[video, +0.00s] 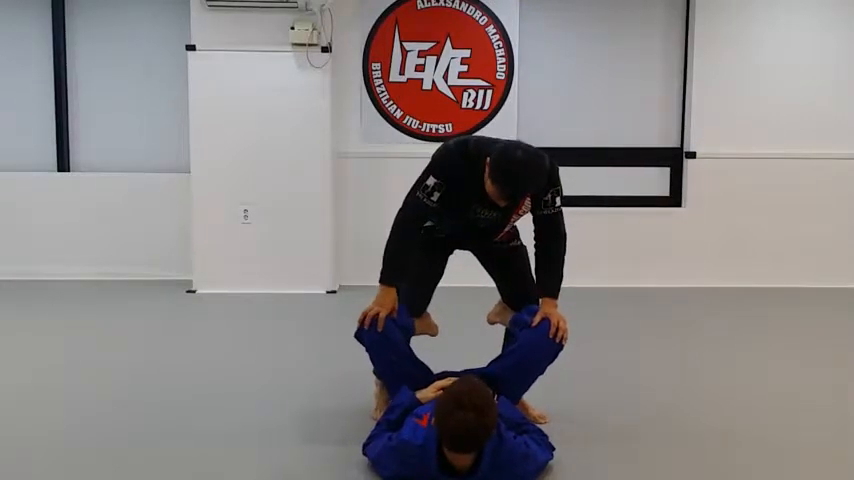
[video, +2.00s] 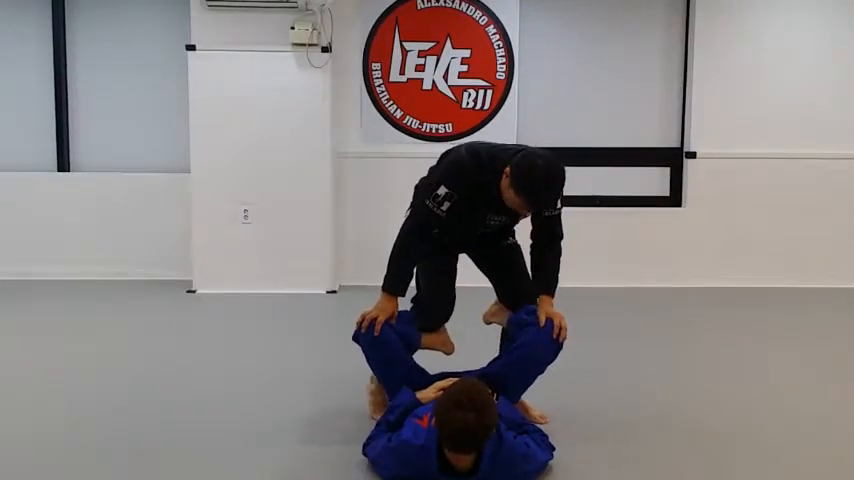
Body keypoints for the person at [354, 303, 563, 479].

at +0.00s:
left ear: (435, 418)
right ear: (495, 419)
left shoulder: (407, 450)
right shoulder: (515, 456)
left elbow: (373, 444)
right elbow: (541, 443)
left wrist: (413, 398)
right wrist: (505, 403)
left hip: (424, 394)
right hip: (492, 393)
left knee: (375, 325)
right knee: (548, 328)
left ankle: (416, 320)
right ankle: (508, 313)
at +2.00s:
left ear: (435, 421)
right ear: (495, 419)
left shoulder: (408, 451)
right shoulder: (515, 456)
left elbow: (373, 444)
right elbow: (539, 441)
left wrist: (414, 398)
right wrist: (507, 403)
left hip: (424, 395)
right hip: (492, 393)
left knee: (370, 329)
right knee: (548, 331)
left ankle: (431, 336)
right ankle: (508, 312)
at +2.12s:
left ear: (435, 421)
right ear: (495, 419)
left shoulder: (409, 451)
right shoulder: (514, 456)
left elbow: (373, 444)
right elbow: (539, 440)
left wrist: (414, 398)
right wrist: (507, 403)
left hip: (424, 396)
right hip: (492, 392)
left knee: (371, 328)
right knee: (548, 330)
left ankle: (434, 337)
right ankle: (508, 313)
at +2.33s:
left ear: (436, 421)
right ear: (495, 419)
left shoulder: (408, 452)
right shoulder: (515, 456)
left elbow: (373, 445)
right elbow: (539, 441)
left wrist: (414, 398)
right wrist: (507, 404)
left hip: (423, 397)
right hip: (493, 393)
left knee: (373, 328)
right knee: (548, 331)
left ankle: (437, 340)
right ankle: (508, 314)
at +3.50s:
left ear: (437, 426)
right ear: (495, 425)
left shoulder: (405, 454)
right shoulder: (516, 457)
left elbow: (373, 444)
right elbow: (541, 443)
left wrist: (412, 398)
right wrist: (503, 403)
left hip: (424, 395)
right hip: (494, 393)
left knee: (381, 324)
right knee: (556, 341)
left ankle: (435, 339)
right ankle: (510, 314)